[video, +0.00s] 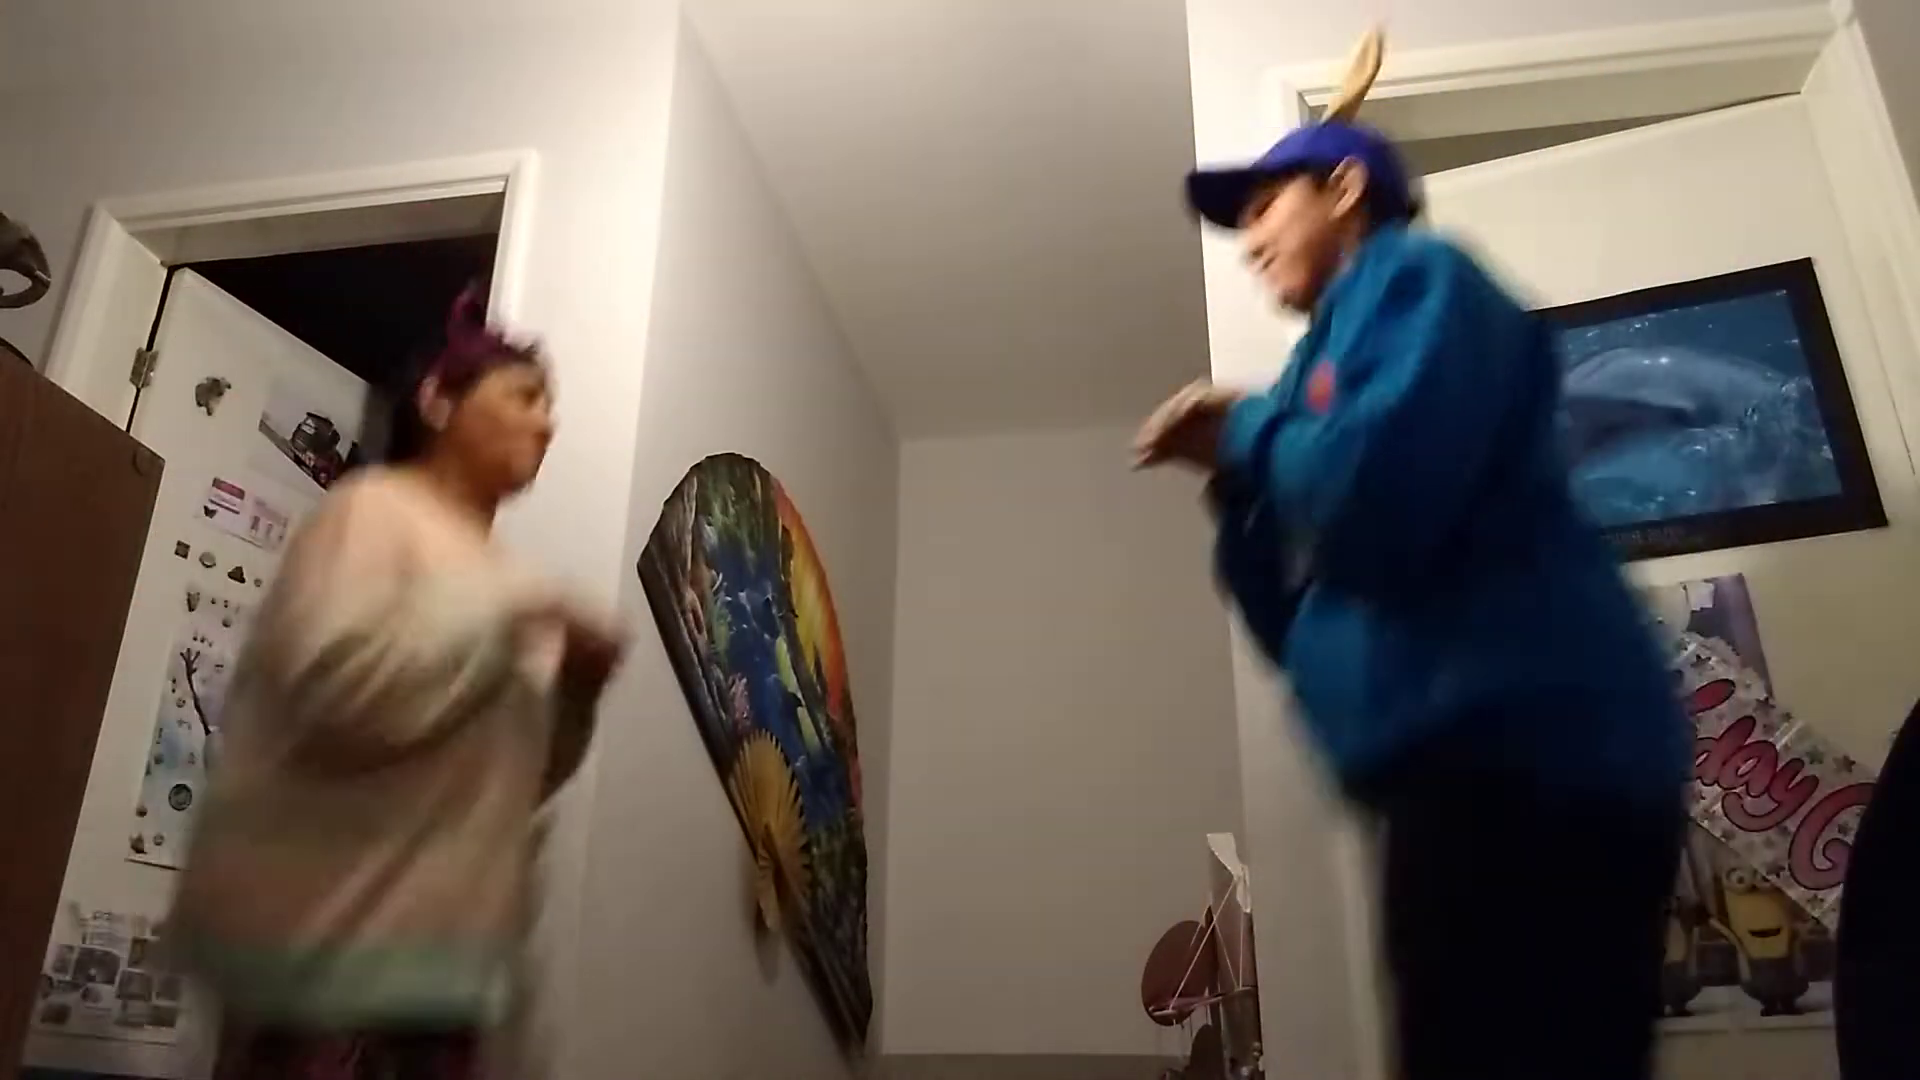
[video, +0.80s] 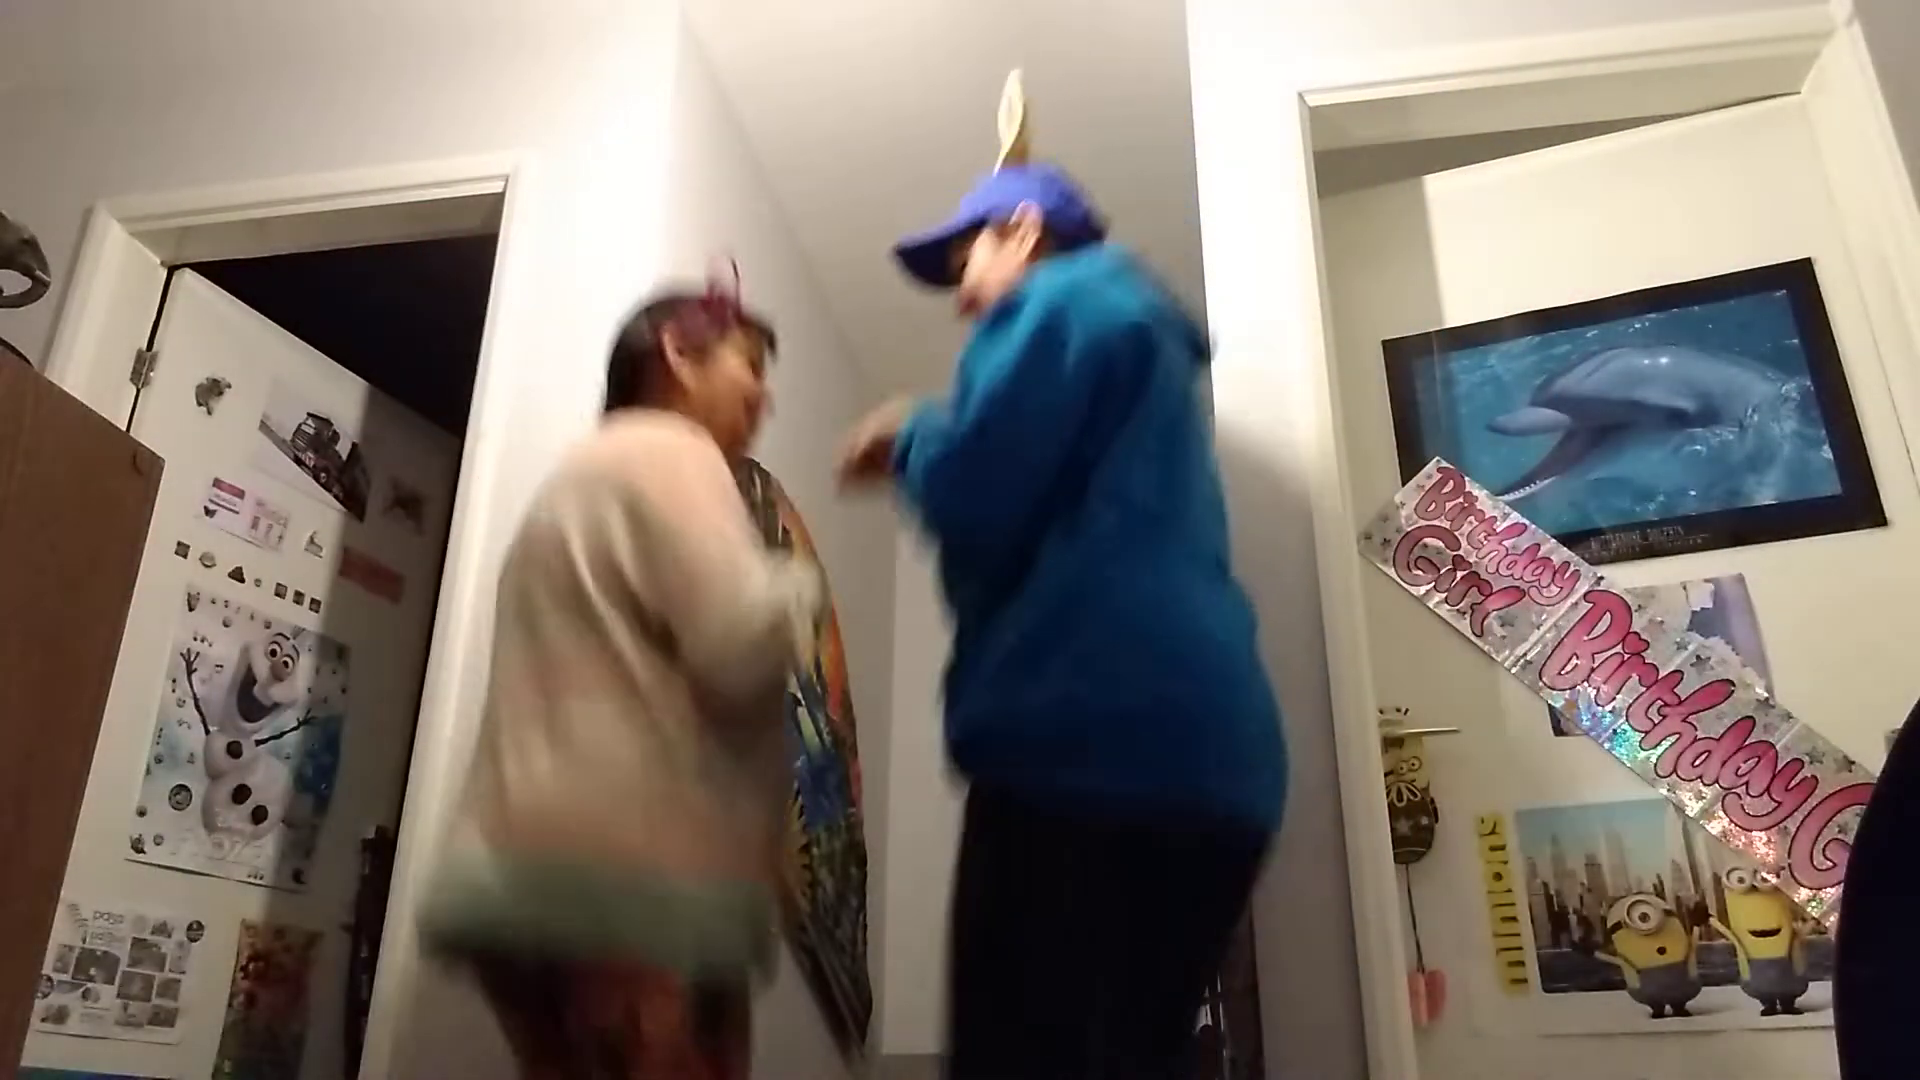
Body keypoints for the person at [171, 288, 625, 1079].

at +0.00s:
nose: (546, 421)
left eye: (547, 404)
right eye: (524, 396)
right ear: (439, 401)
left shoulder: (495, 565)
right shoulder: (368, 512)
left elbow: (515, 781)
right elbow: (330, 695)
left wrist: (577, 688)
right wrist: (503, 630)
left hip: (439, 952)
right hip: (320, 949)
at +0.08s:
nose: (563, 373)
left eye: (569, 357)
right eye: (547, 345)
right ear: (464, 342)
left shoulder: (524, 504)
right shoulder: (398, 442)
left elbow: (575, 696)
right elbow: (415, 590)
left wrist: (616, 588)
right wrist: (564, 525)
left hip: (485, 881)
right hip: (363, 872)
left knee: (441, 1063)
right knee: (327, 1060)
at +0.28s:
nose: (643, 335)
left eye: (647, 320)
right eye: (624, 308)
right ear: (544, 306)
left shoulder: (593, 467)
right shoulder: (481, 410)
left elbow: (635, 665)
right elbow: (504, 567)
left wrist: (688, 579)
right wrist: (647, 519)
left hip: (554, 842)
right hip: (449, 842)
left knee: (545, 1052)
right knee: (455, 1055)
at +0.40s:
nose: (677, 411)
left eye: (676, 393)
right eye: (656, 382)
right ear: (575, 384)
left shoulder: (604, 550)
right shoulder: (511, 503)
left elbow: (646, 756)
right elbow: (531, 693)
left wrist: (709, 680)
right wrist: (675, 623)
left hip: (588, 969)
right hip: (514, 970)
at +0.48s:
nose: (690, 406)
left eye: (691, 388)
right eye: (673, 379)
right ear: (591, 378)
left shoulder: (598, 510)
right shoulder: (544, 487)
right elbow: (575, 664)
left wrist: (720, 639)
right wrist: (714, 596)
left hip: (610, 919)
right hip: (557, 922)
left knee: (625, 1061)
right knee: (576, 1063)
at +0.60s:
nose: (716, 337)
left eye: (717, 319)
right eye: (699, 308)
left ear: (623, 309)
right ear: (618, 304)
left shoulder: (559, 409)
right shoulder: (603, 396)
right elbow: (677, 558)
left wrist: (717, 498)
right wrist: (762, 495)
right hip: (596, 807)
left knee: (619, 1057)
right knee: (631, 1058)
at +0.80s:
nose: (762, 392)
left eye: (762, 368)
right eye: (748, 362)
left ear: (667, 358)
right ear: (678, 352)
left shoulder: (577, 471)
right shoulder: (668, 453)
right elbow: (739, 651)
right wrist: (800, 576)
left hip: (531, 896)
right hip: (651, 907)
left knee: (568, 1066)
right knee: (674, 1064)